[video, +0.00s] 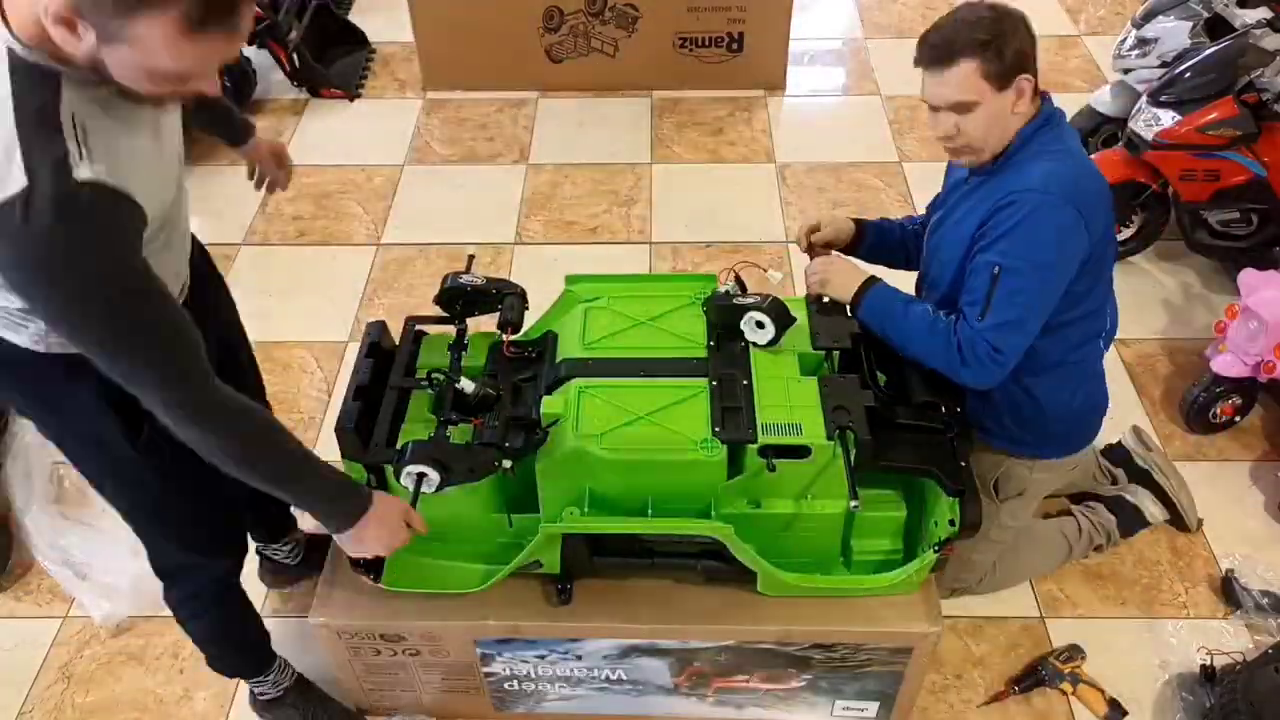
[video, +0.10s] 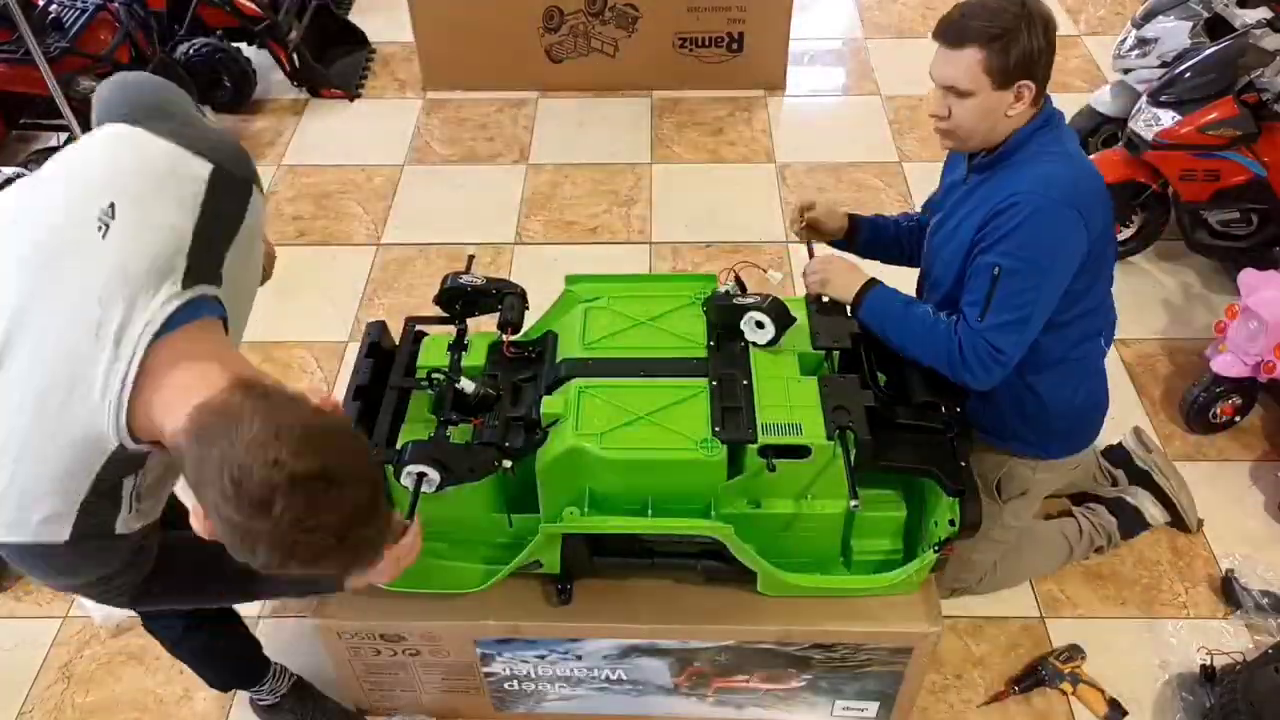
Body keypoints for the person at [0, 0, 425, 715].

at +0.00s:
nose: (205, 91)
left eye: (216, 70)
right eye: (176, 81)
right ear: (69, 25)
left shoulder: (120, 9)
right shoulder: (48, 205)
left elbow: (179, 78)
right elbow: (195, 402)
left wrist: (244, 137)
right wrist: (350, 510)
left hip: (164, 256)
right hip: (66, 344)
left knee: (235, 411)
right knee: (189, 525)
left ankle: (282, 549)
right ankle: (262, 680)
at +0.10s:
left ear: (324, 403)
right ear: (204, 521)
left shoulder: (210, 172)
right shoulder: (56, 530)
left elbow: (129, 91)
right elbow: (159, 576)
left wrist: (245, 234)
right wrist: (343, 577)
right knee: (172, 595)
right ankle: (265, 688)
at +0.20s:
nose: (214, 186)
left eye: (234, 158)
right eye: (184, 177)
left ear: (239, 60)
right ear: (83, 103)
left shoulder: (192, 29)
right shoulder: (34, 196)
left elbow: (241, 100)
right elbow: (46, 371)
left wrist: (283, 202)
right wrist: (237, 457)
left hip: (208, 257)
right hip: (120, 330)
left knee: (257, 413)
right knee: (206, 523)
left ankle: (272, 544)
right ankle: (255, 664)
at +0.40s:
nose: (346, 152)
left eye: (358, 137)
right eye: (339, 136)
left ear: (271, 79)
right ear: (265, 87)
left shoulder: (234, 46)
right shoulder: (87, 195)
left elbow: (309, 172)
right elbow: (105, 379)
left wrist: (421, 240)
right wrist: (294, 445)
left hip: (142, 254)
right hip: (26, 321)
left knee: (225, 420)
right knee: (148, 544)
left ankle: (271, 543)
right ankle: (211, 689)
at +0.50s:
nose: (303, 113)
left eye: (321, 93)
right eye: (288, 91)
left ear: (213, 23)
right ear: (210, 30)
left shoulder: (209, 39)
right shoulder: (63, 146)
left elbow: (274, 137)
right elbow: (65, 361)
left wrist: (393, 223)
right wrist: (243, 492)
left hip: (150, 261)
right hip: (42, 325)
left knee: (232, 414)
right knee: (150, 535)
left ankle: (274, 548)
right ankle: (207, 685)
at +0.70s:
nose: (164, 10)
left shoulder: (158, 23)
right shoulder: (8, 73)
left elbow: (221, 117)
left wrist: (332, 212)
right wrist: (8, 571)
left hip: (205, 275)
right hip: (99, 358)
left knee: (300, 384)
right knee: (193, 576)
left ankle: (312, 479)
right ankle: (208, 705)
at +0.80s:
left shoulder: (292, 6)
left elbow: (349, 92)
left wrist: (440, 225)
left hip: (260, 186)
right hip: (133, 215)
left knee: (313, 347)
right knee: (223, 416)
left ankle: (313, 473)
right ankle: (267, 554)